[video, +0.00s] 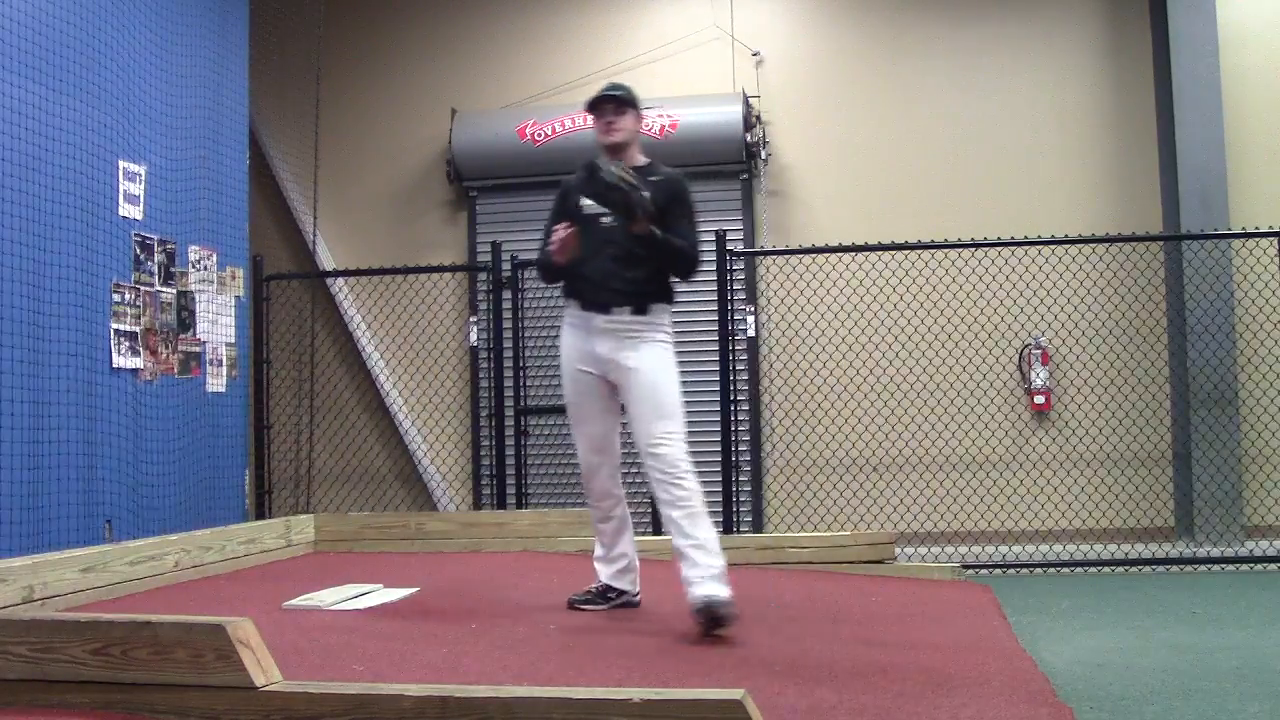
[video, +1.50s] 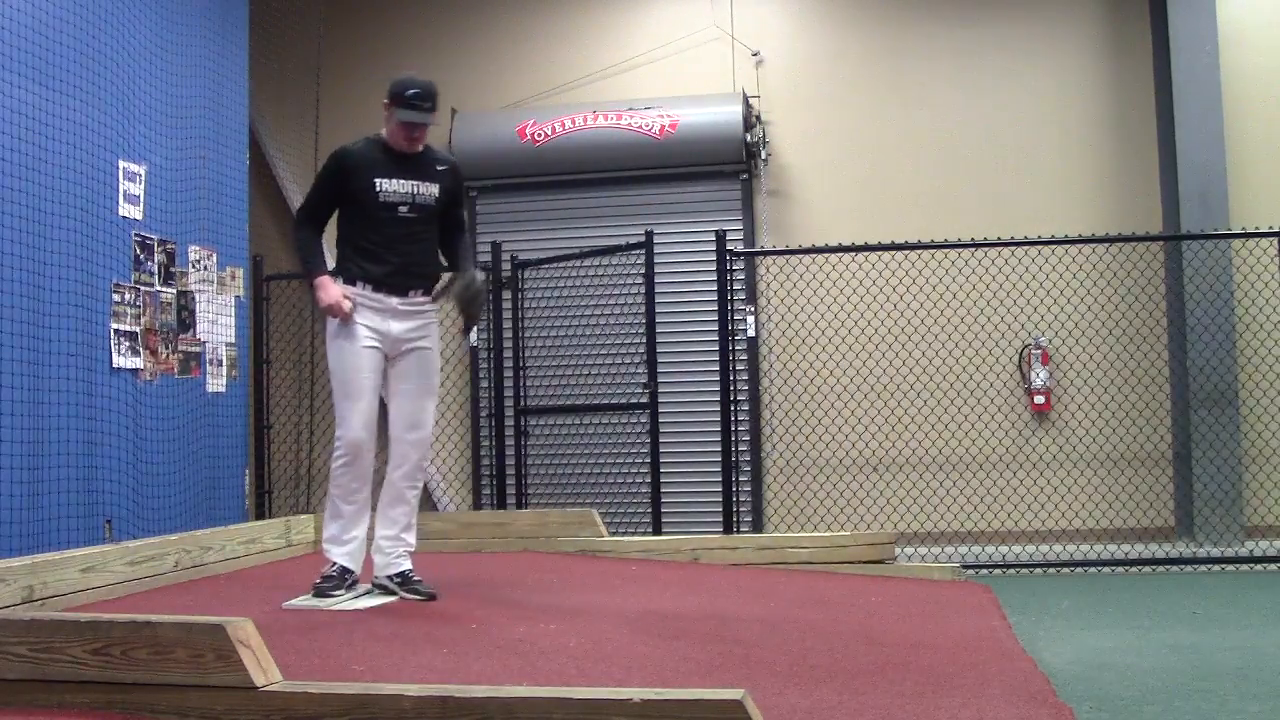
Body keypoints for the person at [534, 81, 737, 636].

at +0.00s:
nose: (609, 122)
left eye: (618, 113)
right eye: (601, 116)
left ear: (639, 120)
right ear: (592, 126)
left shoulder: (667, 185)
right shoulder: (577, 186)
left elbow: (689, 264)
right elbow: (547, 271)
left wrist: (649, 231)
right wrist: (556, 257)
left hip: (644, 336)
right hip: (582, 334)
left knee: (666, 456)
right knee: (596, 465)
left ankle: (708, 591)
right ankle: (618, 580)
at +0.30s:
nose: (547, 122)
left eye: (556, 111)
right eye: (539, 115)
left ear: (577, 118)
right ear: (529, 125)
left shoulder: (598, 166)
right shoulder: (519, 188)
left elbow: (612, 205)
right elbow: (515, 269)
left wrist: (569, 152)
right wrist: (497, 264)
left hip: (594, 320)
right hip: (541, 328)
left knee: (558, 440)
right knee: (575, 452)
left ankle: (535, 582)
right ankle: (621, 578)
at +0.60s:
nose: (497, 110)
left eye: (506, 99)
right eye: (488, 102)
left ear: (528, 102)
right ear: (479, 111)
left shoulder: (543, 152)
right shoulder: (482, 179)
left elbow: (509, 115)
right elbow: (492, 256)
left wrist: (447, 67)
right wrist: (459, 256)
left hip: (529, 312)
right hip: (480, 318)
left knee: (517, 444)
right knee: (457, 439)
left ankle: (524, 580)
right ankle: (546, 528)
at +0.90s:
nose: (422, 111)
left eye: (432, 101)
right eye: (416, 104)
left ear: (458, 107)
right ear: (412, 114)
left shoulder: (481, 157)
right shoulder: (409, 179)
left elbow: (489, 212)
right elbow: (422, 259)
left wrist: (413, 198)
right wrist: (390, 258)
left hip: (478, 317)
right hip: (418, 320)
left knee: (491, 447)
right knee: (376, 442)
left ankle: (522, 581)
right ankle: (344, 565)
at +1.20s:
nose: (373, 137)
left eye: (383, 128)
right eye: (365, 128)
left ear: (403, 118)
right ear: (353, 121)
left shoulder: (437, 164)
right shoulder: (338, 172)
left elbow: (468, 223)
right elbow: (317, 238)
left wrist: (451, 247)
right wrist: (327, 282)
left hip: (432, 314)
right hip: (366, 314)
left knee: (451, 433)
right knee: (357, 442)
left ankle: (450, 568)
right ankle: (344, 565)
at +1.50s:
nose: (414, 132)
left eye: (423, 124)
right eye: (406, 123)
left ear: (434, 121)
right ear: (386, 114)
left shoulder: (445, 172)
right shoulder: (351, 161)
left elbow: (454, 237)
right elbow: (307, 224)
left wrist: (467, 276)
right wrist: (321, 279)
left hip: (419, 318)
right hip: (358, 314)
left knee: (413, 444)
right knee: (356, 440)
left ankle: (394, 563)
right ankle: (342, 562)